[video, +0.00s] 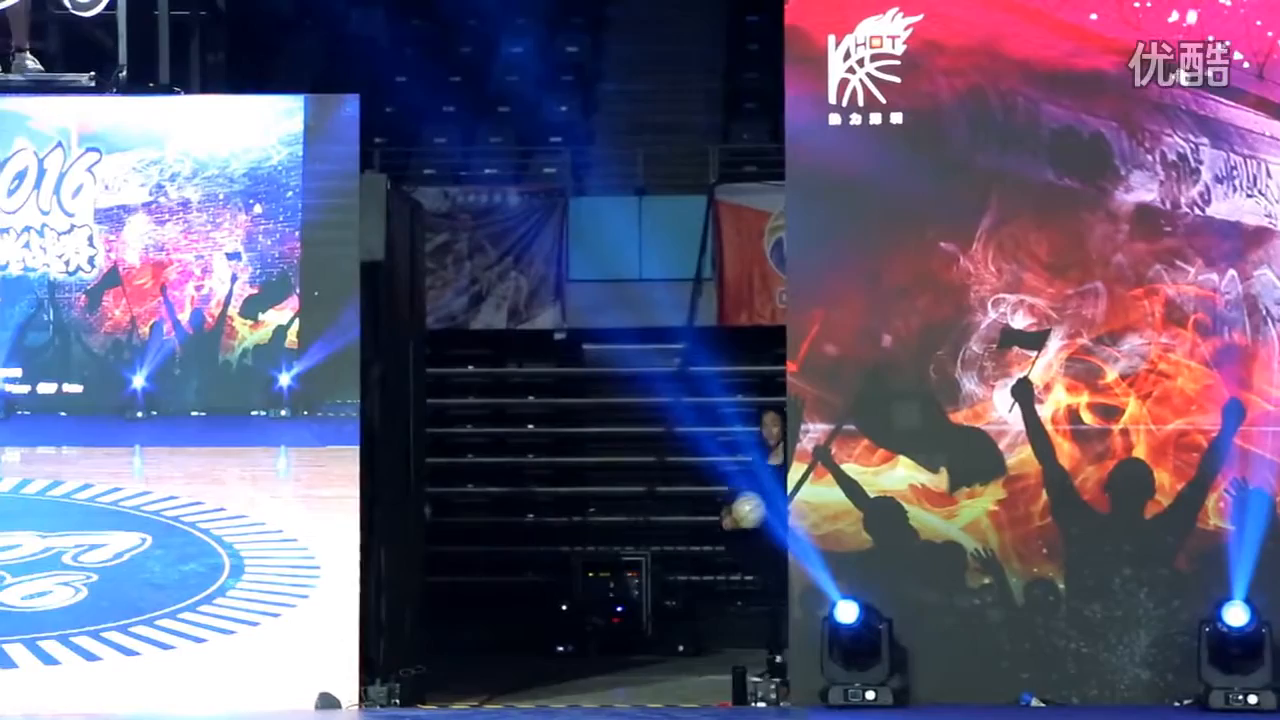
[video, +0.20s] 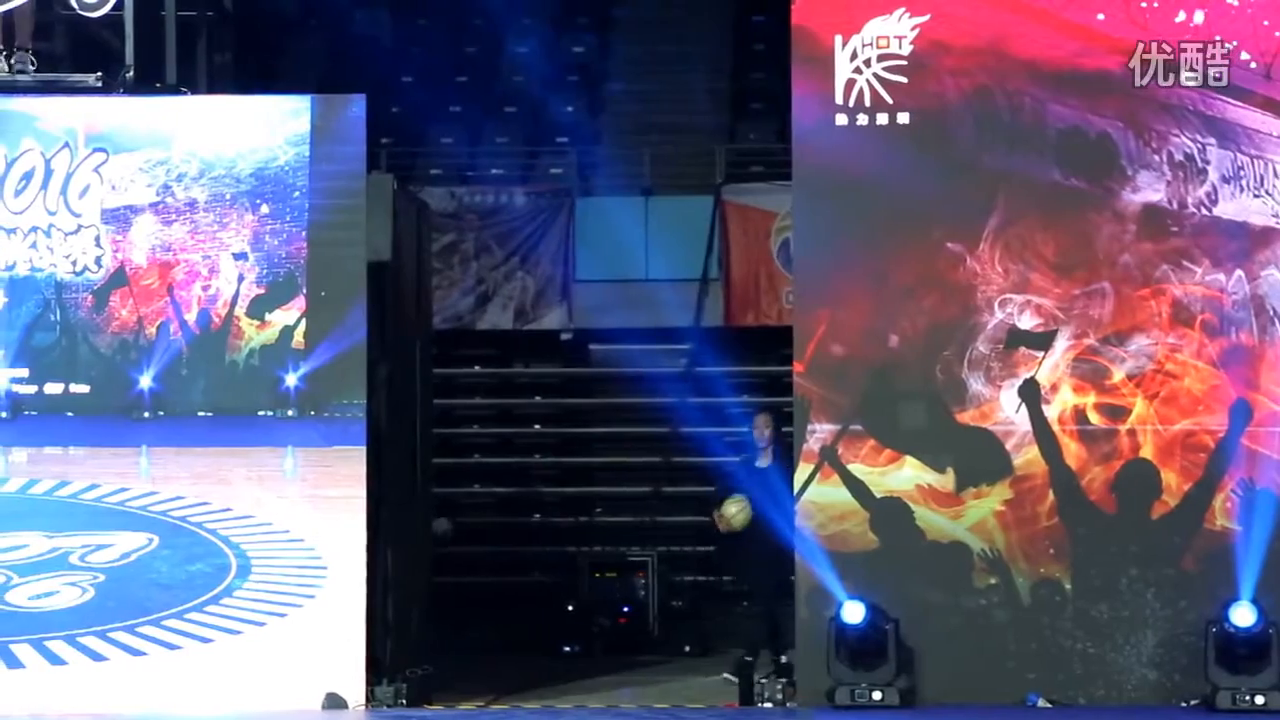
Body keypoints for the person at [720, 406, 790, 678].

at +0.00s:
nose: (769, 430)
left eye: (774, 425)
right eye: (765, 425)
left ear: (784, 428)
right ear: (760, 429)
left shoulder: (794, 457)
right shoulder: (755, 461)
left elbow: (802, 492)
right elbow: (735, 491)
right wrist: (728, 513)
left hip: (787, 535)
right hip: (761, 536)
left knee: (785, 598)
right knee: (772, 598)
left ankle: (785, 657)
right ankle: (773, 657)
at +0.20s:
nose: (761, 433)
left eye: (766, 428)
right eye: (757, 428)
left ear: (774, 431)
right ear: (750, 432)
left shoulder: (786, 465)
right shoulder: (741, 467)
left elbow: (799, 500)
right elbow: (721, 498)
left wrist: (799, 527)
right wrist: (720, 517)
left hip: (779, 545)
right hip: (748, 545)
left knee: (773, 602)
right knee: (756, 602)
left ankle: (778, 656)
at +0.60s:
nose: (749, 438)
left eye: (754, 433)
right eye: (745, 432)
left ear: (761, 436)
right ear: (737, 434)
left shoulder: (772, 465)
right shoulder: (722, 463)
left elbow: (788, 500)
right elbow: (701, 490)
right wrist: (689, 513)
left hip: (756, 541)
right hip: (723, 540)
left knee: (748, 603)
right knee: (718, 596)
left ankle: (743, 666)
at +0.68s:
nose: (749, 438)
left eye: (753, 433)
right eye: (744, 433)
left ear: (760, 436)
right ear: (736, 434)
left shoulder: (768, 467)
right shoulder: (718, 463)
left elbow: (775, 510)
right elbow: (696, 490)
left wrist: (757, 541)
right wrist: (687, 512)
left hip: (752, 545)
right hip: (718, 542)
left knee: (746, 606)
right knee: (714, 603)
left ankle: (741, 668)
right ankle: (713, 664)